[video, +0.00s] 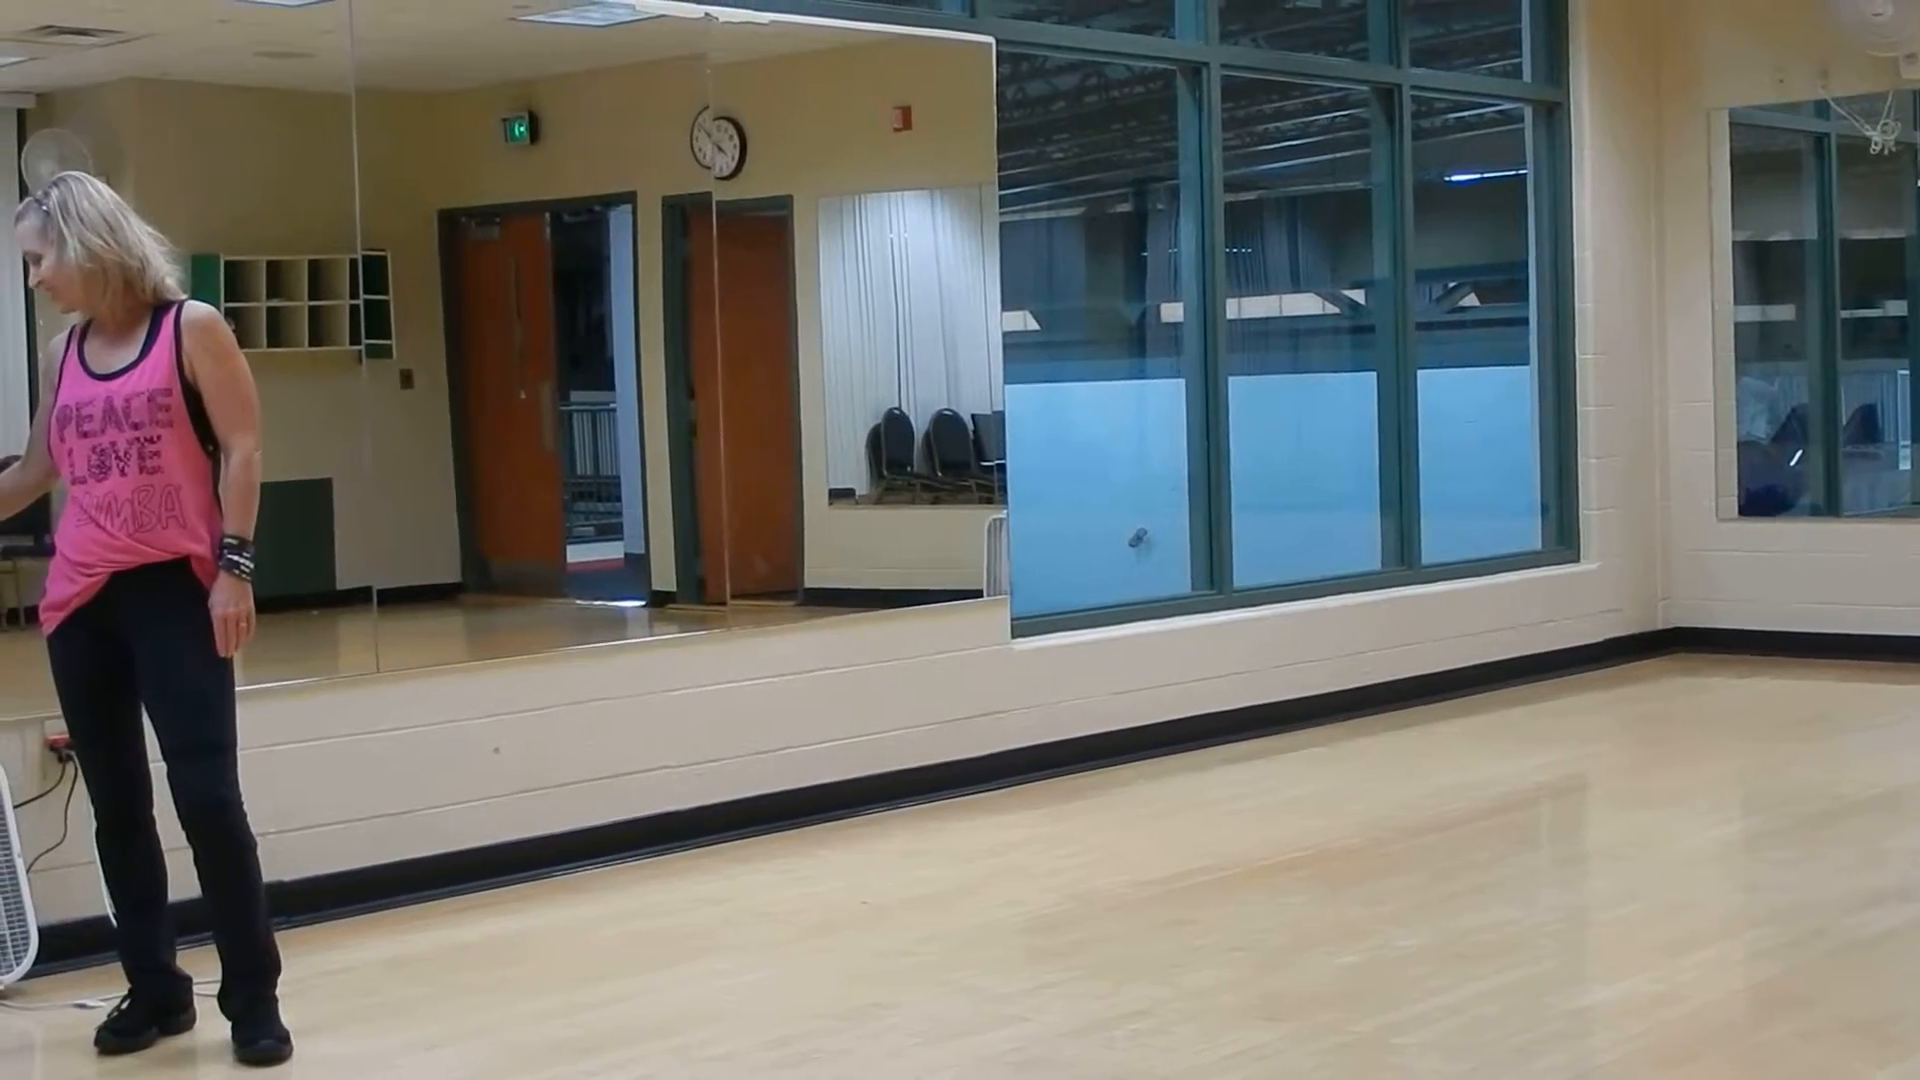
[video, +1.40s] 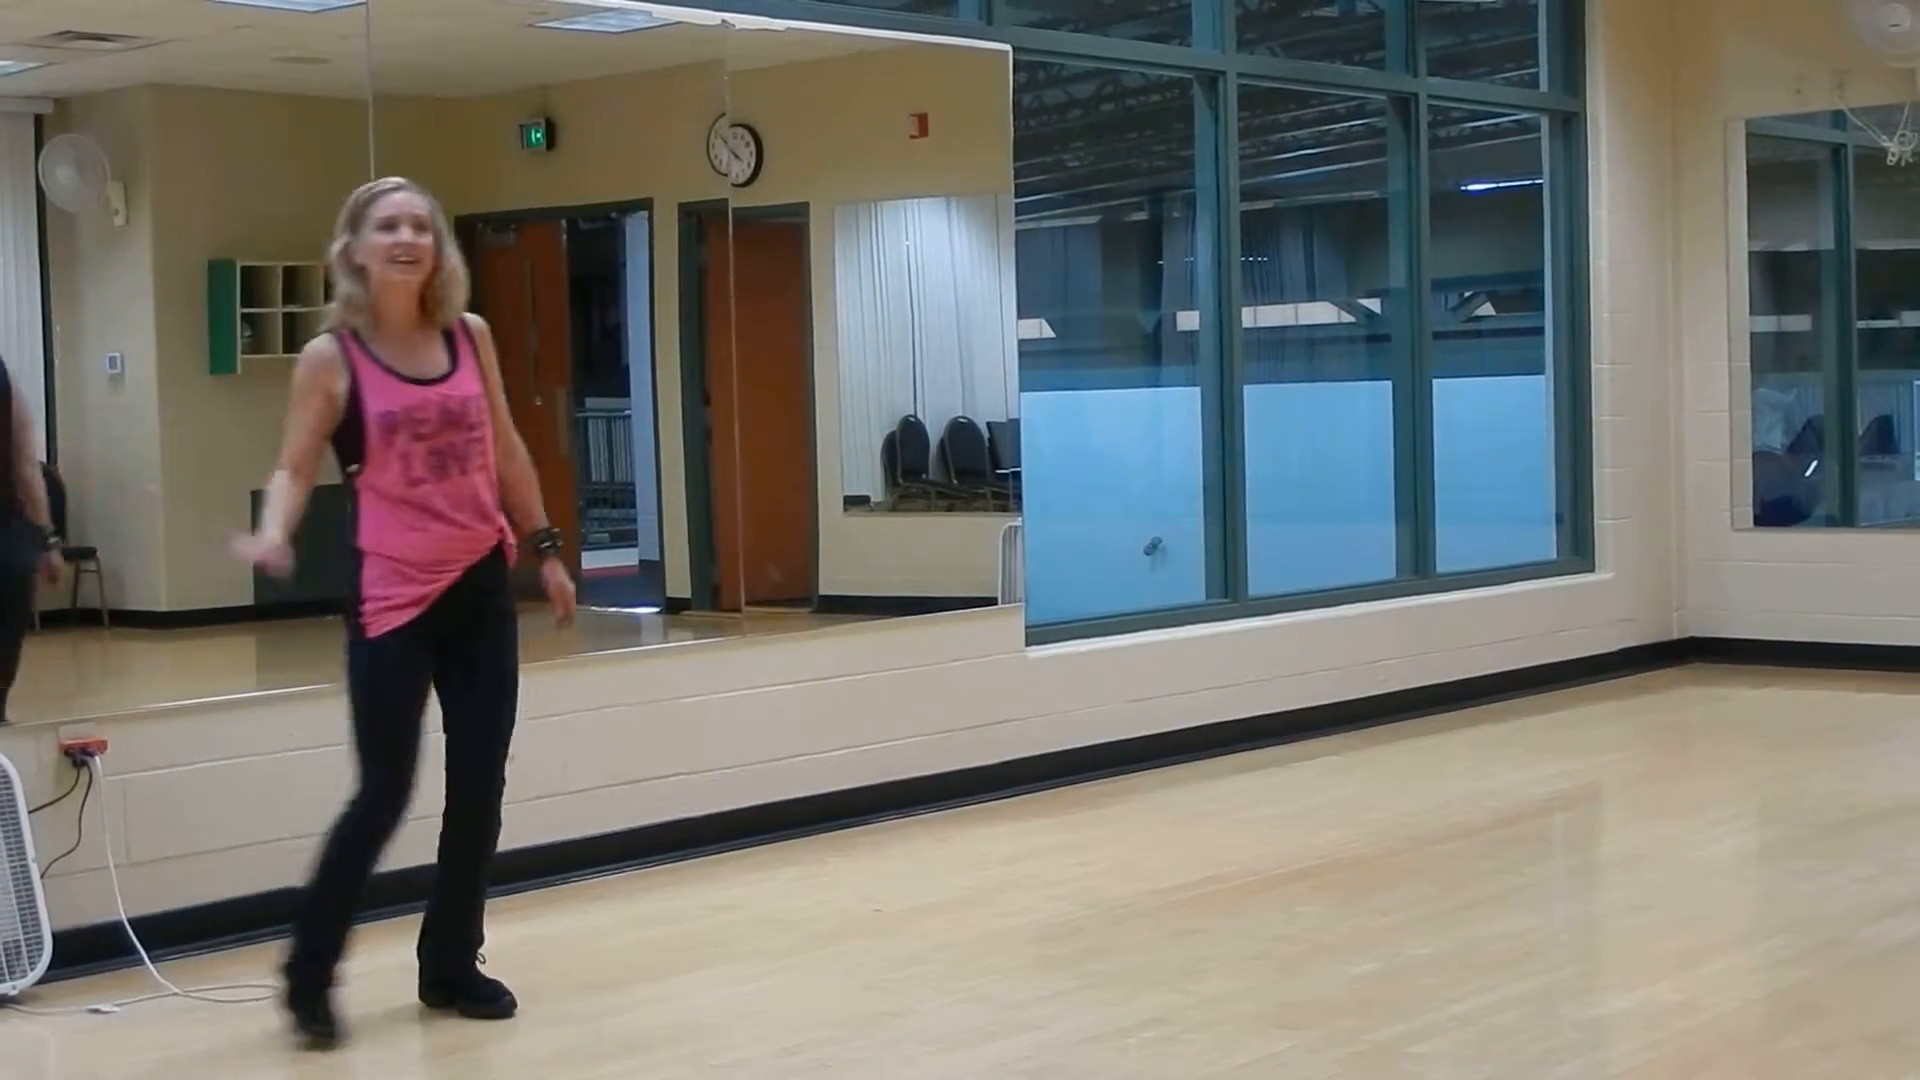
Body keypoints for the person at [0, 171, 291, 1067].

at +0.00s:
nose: (32, 279)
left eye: (39, 258)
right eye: (26, 264)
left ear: (91, 245)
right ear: (68, 260)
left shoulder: (191, 327)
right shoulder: (67, 350)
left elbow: (243, 446)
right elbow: (37, 467)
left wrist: (236, 568)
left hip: (176, 592)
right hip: (81, 602)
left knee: (207, 800)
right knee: (118, 808)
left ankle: (253, 1001)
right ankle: (156, 990)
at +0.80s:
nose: (51, 274)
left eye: (60, 253)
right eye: (45, 258)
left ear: (113, 243)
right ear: (75, 257)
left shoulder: (210, 314)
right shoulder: (100, 356)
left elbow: (275, 424)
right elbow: (122, 481)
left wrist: (266, 545)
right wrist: (22, 470)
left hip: (244, 574)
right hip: (153, 590)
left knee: (289, 781)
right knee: (161, 795)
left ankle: (342, 974)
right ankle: (167, 989)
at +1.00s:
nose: (128, 255)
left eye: (144, 237)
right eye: (122, 241)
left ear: (196, 239)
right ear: (127, 256)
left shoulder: (274, 317)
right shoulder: (143, 358)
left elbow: (327, 426)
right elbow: (130, 479)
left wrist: (318, 539)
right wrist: (29, 464)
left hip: (303, 573)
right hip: (204, 593)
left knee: (369, 778)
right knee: (190, 796)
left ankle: (429, 955)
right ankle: (173, 990)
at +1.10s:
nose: (200, 250)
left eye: (219, 233)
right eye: (190, 236)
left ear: (263, 242)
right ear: (178, 254)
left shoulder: (323, 325)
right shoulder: (186, 361)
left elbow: (376, 434)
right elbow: (144, 477)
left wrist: (384, 545)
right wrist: (35, 465)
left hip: (346, 579)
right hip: (246, 598)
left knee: (406, 778)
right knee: (213, 797)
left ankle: (447, 958)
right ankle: (175, 990)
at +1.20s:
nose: (281, 250)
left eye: (299, 235)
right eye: (266, 238)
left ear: (332, 251)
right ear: (245, 260)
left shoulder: (384, 339)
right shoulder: (233, 372)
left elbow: (433, 455)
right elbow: (186, 482)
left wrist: (454, 556)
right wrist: (80, 469)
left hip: (406, 589)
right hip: (305, 608)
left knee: (446, 787)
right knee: (249, 798)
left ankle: (448, 966)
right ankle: (180, 988)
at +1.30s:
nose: (351, 250)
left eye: (366, 238)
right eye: (334, 239)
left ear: (390, 257)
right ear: (304, 261)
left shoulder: (433, 345)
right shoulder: (285, 374)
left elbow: (478, 457)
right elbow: (243, 483)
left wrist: (511, 559)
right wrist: (174, 502)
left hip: (454, 591)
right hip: (359, 608)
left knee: (474, 786)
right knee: (305, 798)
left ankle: (449, 969)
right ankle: (212, 987)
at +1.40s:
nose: (408, 238)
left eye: (420, 226)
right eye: (388, 226)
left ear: (439, 248)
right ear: (354, 249)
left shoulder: (469, 334)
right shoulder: (331, 357)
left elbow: (506, 445)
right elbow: (295, 466)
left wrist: (543, 548)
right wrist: (277, 530)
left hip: (480, 586)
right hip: (391, 599)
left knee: (479, 791)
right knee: (386, 793)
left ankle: (448, 968)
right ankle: (308, 973)